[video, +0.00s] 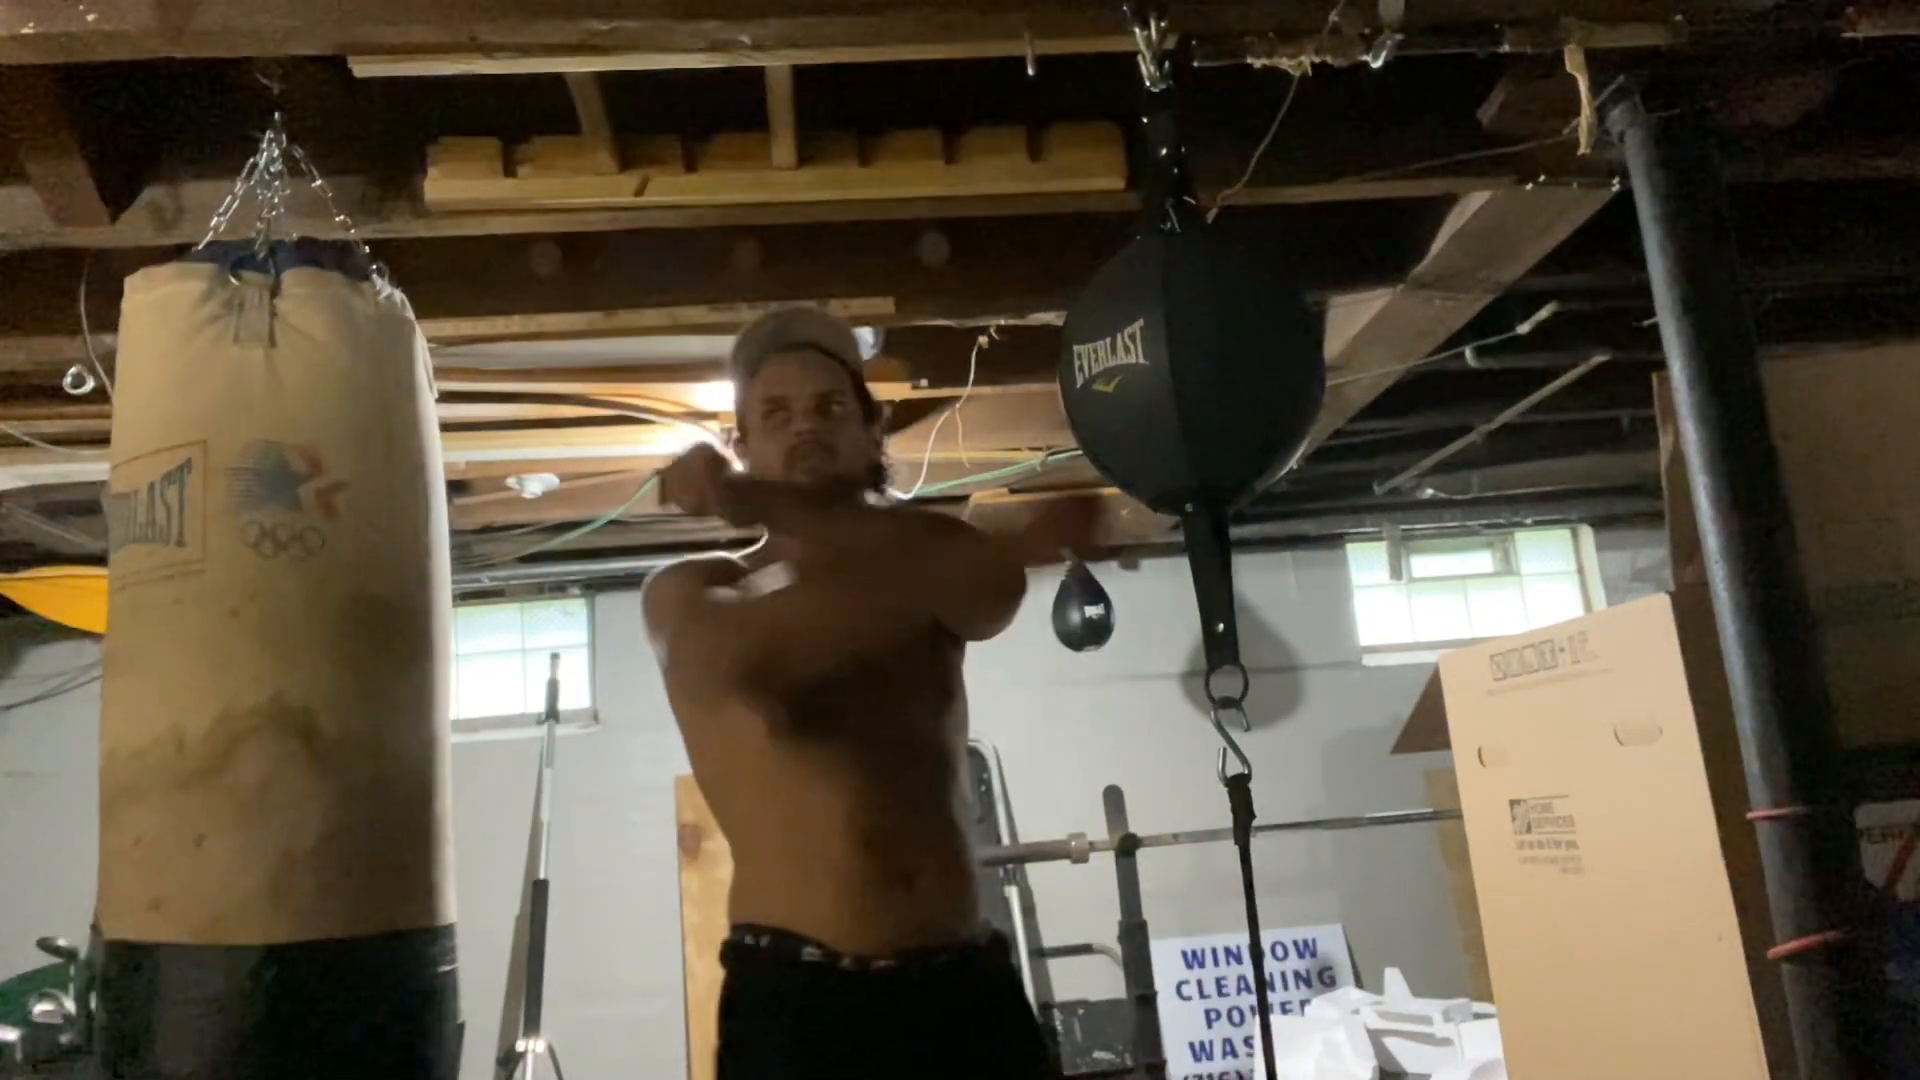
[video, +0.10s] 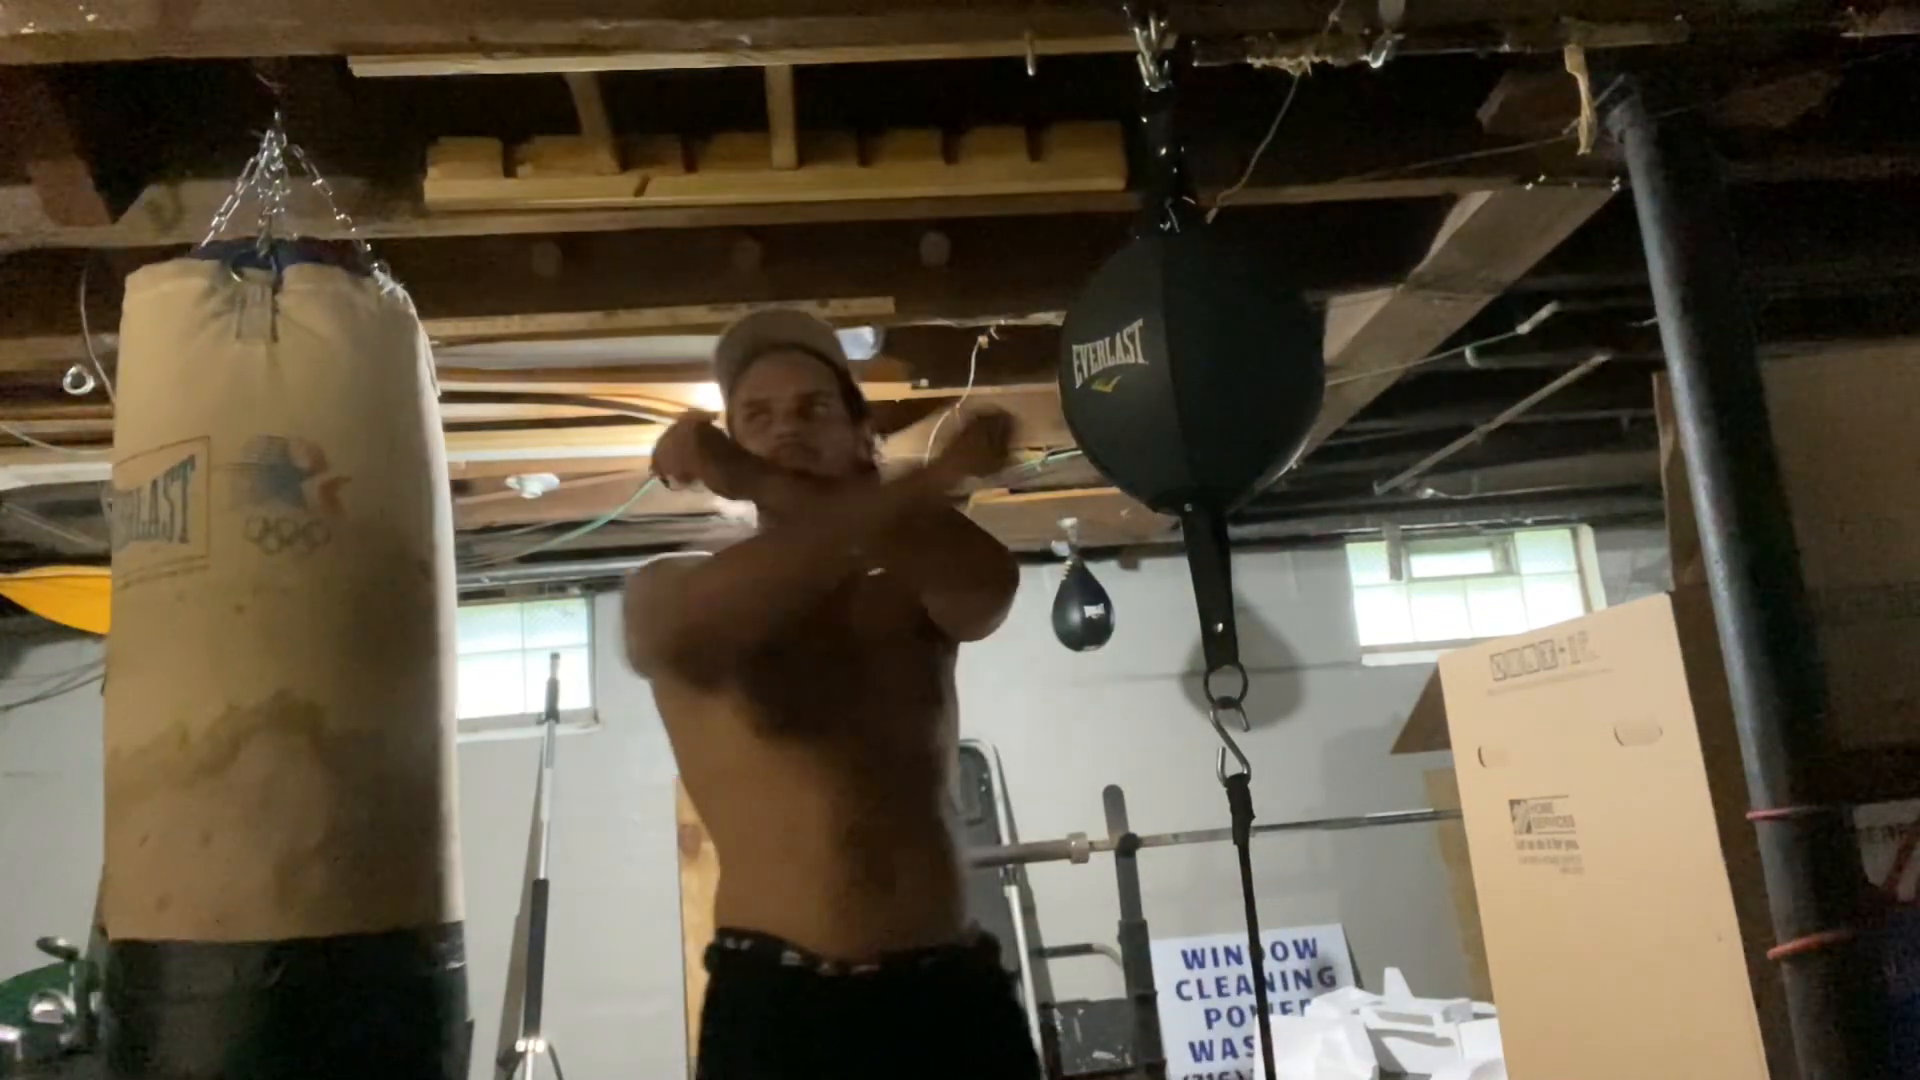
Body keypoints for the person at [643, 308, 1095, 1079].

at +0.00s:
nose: (805, 427)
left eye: (830, 406)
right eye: (776, 411)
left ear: (873, 435)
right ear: (741, 446)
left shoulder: (924, 550)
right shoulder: (688, 588)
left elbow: (994, 592)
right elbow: (750, 655)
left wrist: (742, 498)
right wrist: (982, 549)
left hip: (961, 983)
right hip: (792, 993)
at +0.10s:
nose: (787, 432)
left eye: (812, 408)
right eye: (757, 417)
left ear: (863, 433)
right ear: (730, 450)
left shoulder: (913, 571)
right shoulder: (668, 594)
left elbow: (990, 587)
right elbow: (719, 616)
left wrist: (753, 478)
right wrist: (934, 478)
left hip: (945, 990)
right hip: (773, 999)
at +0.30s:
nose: (748, 434)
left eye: (771, 402)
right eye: (722, 407)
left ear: (812, 425)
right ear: (679, 434)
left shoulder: (872, 608)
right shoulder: (629, 606)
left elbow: (996, 617)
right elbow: (464, 656)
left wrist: (814, 470)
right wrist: (665, 457)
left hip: (884, 1017)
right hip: (704, 1025)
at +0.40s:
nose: (695, 425)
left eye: (725, 399)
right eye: (669, 409)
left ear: (782, 433)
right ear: (649, 447)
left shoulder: (852, 604)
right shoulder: (584, 605)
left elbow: (987, 658)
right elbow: (358, 695)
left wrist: (807, 470)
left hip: (857, 1026)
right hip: (669, 1032)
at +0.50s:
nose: (687, 422)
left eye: (717, 400)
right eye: (663, 405)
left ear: (775, 429)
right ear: (642, 438)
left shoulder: (846, 607)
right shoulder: (575, 602)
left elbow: (988, 675)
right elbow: (323, 709)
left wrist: (812, 480)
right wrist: (412, 499)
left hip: (852, 1030)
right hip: (660, 1036)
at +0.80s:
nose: (780, 452)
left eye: (801, 420)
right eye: (750, 434)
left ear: (848, 430)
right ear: (714, 463)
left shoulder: (921, 623)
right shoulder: (650, 624)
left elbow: (1067, 696)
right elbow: (416, 739)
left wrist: (905, 503)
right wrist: (380, 526)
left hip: (924, 1038)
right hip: (744, 1041)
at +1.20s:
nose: (819, 464)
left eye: (842, 432)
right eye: (790, 440)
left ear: (887, 445)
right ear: (755, 463)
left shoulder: (939, 619)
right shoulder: (682, 625)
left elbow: (1092, 719)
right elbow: (475, 722)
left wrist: (923, 536)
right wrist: (487, 434)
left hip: (953, 1039)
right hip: (768, 1043)